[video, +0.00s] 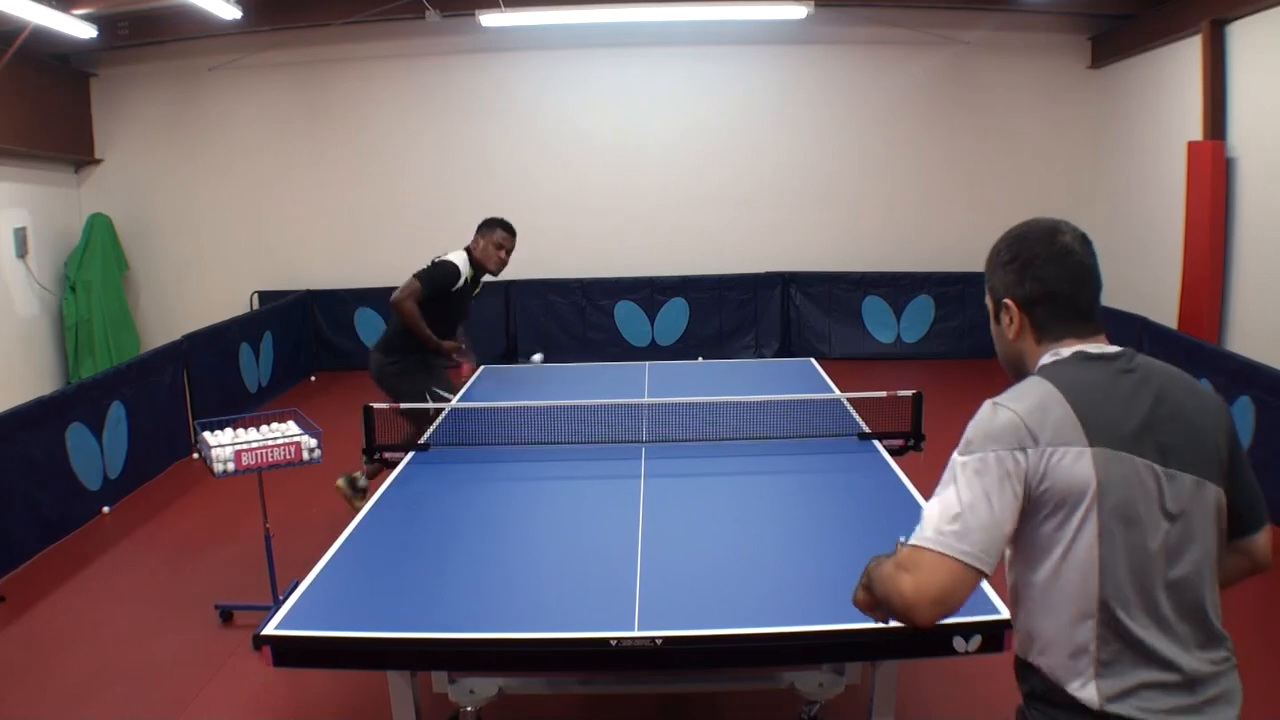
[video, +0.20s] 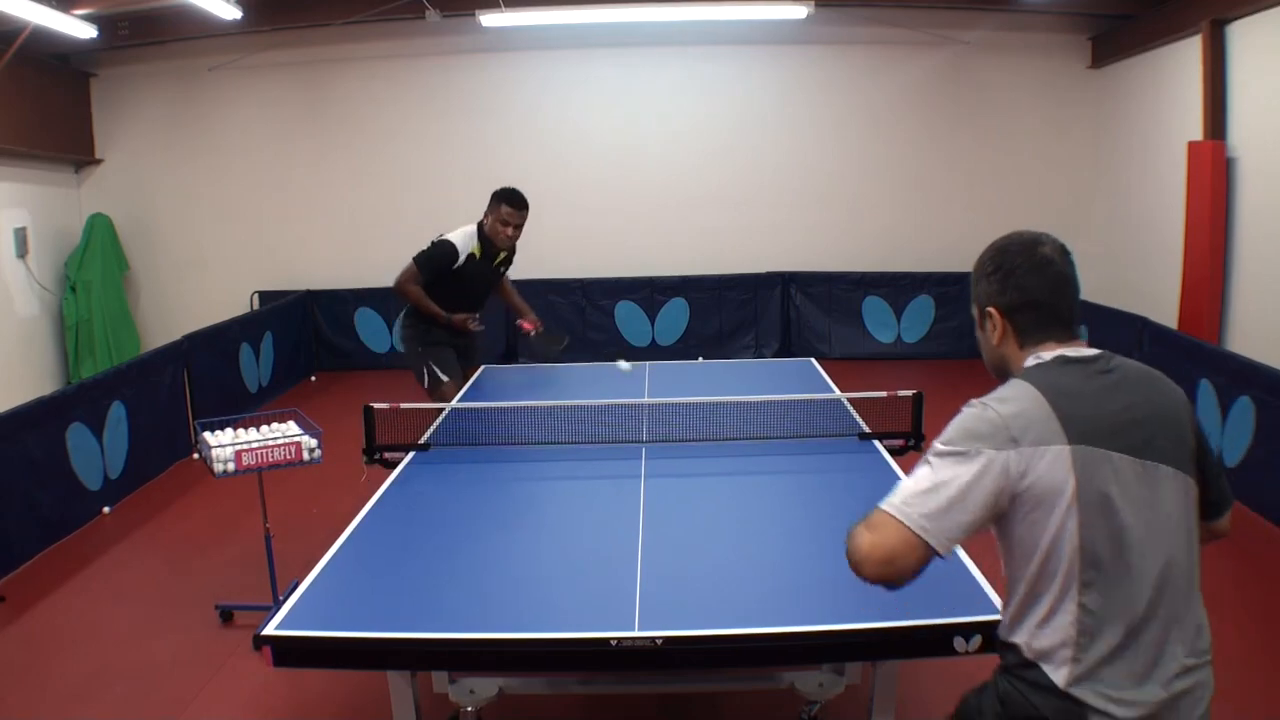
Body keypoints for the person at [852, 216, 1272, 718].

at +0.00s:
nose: (992, 332)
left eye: (991, 316)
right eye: (990, 315)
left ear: (1012, 317)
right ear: (1091, 301)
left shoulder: (1019, 418)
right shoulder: (1199, 401)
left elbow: (922, 598)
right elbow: (1254, 549)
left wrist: (880, 571)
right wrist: (1160, 586)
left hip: (1084, 703)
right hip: (1212, 700)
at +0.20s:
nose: (977, 339)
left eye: (976, 323)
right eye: (976, 323)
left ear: (994, 323)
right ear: (1070, 310)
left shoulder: (1005, 417)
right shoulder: (1163, 393)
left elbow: (880, 560)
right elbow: (1215, 519)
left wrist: (872, 525)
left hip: (1065, 698)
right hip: (1184, 694)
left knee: (970, 707)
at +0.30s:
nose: (940, 338)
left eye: (940, 322)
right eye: (940, 323)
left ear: (957, 324)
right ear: (1030, 309)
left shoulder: (958, 404)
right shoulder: (1124, 387)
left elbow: (815, 523)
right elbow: (1185, 504)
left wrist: (861, 531)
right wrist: (1094, 533)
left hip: (1021, 688)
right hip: (1143, 687)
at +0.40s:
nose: (893, 351)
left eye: (892, 342)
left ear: (903, 345)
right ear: (984, 335)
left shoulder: (882, 423)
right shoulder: (1068, 405)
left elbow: (748, 510)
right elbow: (1156, 514)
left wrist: (815, 518)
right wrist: (1117, 542)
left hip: (952, 694)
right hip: (1079, 692)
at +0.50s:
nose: (848, 372)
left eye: (848, 364)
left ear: (851, 376)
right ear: (934, 366)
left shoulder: (814, 446)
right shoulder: (1007, 425)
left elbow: (704, 501)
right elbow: (1117, 519)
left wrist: (782, 482)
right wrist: (1153, 582)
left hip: (890, 695)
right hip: (1021, 693)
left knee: (819, 699)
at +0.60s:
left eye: (822, 387)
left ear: (827, 395)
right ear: (910, 383)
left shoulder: (789, 455)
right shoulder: (958, 431)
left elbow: (716, 488)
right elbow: (1062, 519)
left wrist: (783, 467)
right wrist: (1147, 603)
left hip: (851, 698)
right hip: (979, 693)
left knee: (798, 686)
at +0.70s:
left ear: (812, 396)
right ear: (895, 386)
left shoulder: (779, 456)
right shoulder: (933, 425)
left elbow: (827, 439)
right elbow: (1023, 511)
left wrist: (877, 409)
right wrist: (1123, 606)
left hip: (829, 698)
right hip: (962, 692)